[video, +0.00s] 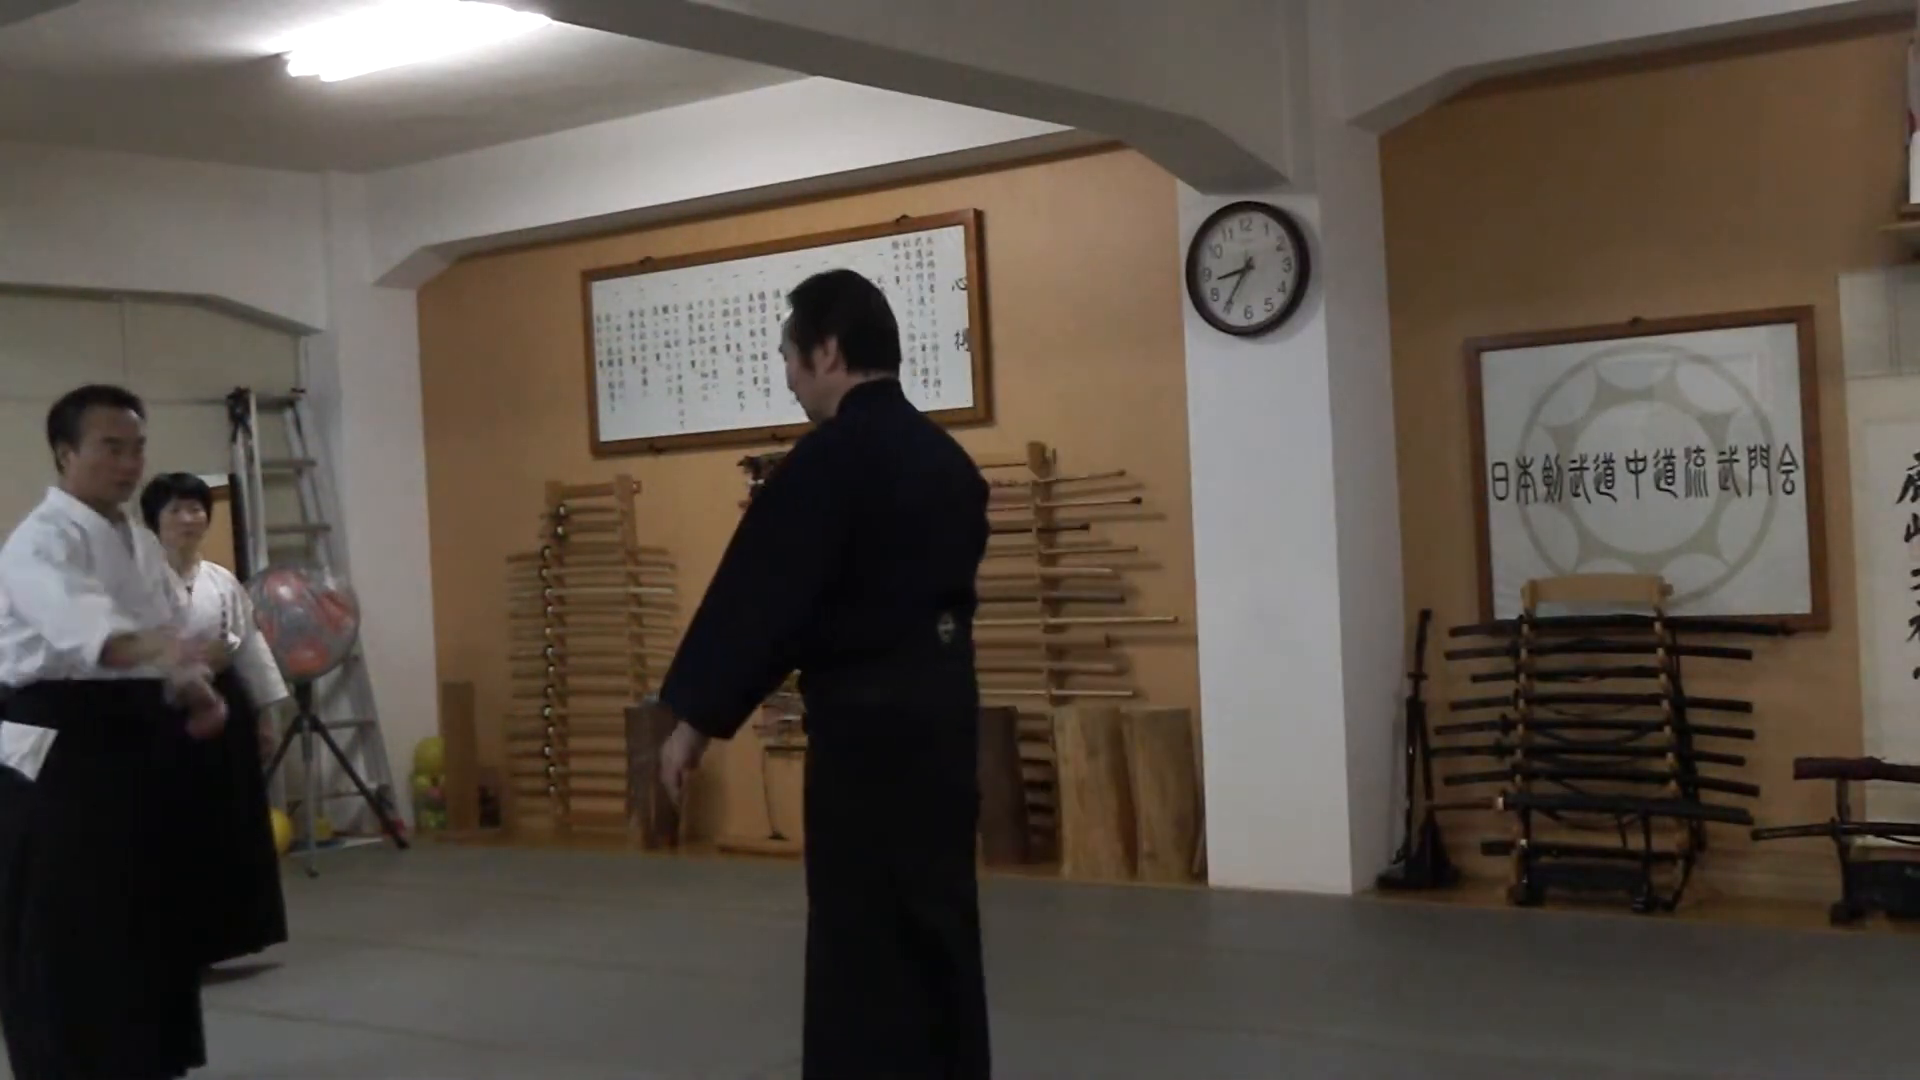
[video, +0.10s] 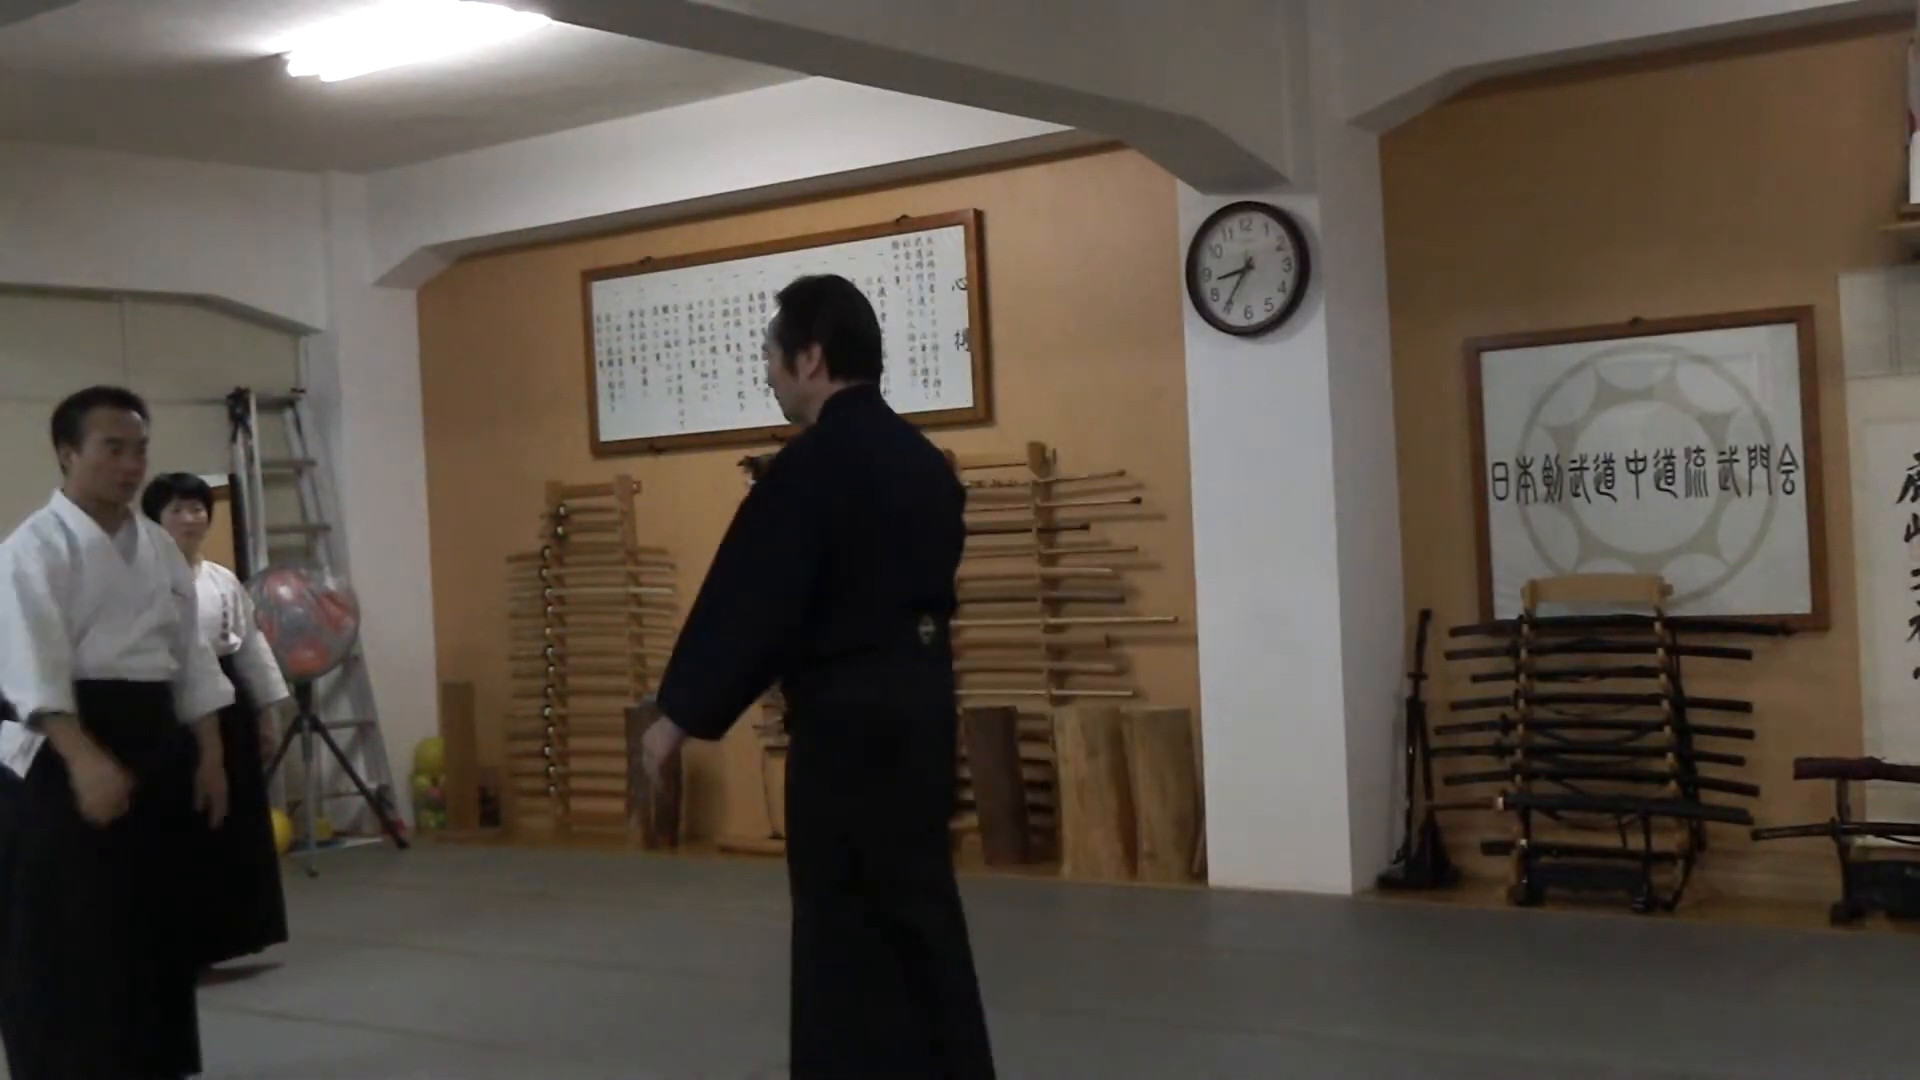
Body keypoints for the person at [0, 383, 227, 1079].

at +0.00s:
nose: (130, 462)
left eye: (138, 447)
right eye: (112, 447)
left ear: (145, 454)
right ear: (64, 454)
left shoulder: (141, 542)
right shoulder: (38, 543)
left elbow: (169, 631)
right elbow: (93, 637)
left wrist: (192, 684)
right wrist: (172, 652)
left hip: (133, 752)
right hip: (54, 762)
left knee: (144, 924)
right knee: (68, 937)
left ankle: (147, 1059)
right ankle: (78, 1066)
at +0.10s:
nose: (131, 462)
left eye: (140, 448)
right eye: (112, 447)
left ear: (148, 456)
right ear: (67, 455)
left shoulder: (162, 548)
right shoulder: (33, 549)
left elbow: (193, 653)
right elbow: (28, 664)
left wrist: (212, 748)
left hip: (158, 735)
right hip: (64, 746)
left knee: (159, 923)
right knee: (76, 928)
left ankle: (158, 1063)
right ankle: (76, 1064)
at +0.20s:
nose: (124, 463)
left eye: (134, 450)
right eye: (107, 448)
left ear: (143, 459)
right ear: (62, 456)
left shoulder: (170, 552)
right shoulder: (24, 550)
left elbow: (204, 654)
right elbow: (4, 671)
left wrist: (215, 749)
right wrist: (4, 777)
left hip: (154, 745)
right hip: (53, 747)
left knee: (156, 930)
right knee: (59, 928)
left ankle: (156, 1067)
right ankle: (57, 1065)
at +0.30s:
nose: (113, 469)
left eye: (122, 454)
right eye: (94, 453)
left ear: (132, 461)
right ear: (49, 461)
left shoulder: (170, 556)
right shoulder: (11, 553)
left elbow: (209, 655)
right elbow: (2, 663)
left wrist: (237, 731)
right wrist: (1, 755)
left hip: (152, 750)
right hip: (43, 754)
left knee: (155, 943)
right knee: (47, 938)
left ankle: (154, 1068)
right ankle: (50, 1066)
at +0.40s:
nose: (99, 481)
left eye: (109, 466)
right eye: (81, 466)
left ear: (119, 471)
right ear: (37, 472)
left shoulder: (159, 563)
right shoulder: (10, 556)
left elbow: (224, 660)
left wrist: (284, 664)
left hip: (129, 757)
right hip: (27, 755)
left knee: (139, 939)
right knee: (33, 941)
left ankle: (146, 1067)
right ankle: (40, 1066)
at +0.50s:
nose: (90, 487)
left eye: (101, 472)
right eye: (72, 472)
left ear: (113, 476)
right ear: (31, 477)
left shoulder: (158, 559)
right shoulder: (7, 558)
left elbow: (232, 640)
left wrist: (237, 572)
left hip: (136, 763)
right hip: (37, 763)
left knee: (148, 943)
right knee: (38, 941)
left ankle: (154, 1067)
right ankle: (44, 1067)